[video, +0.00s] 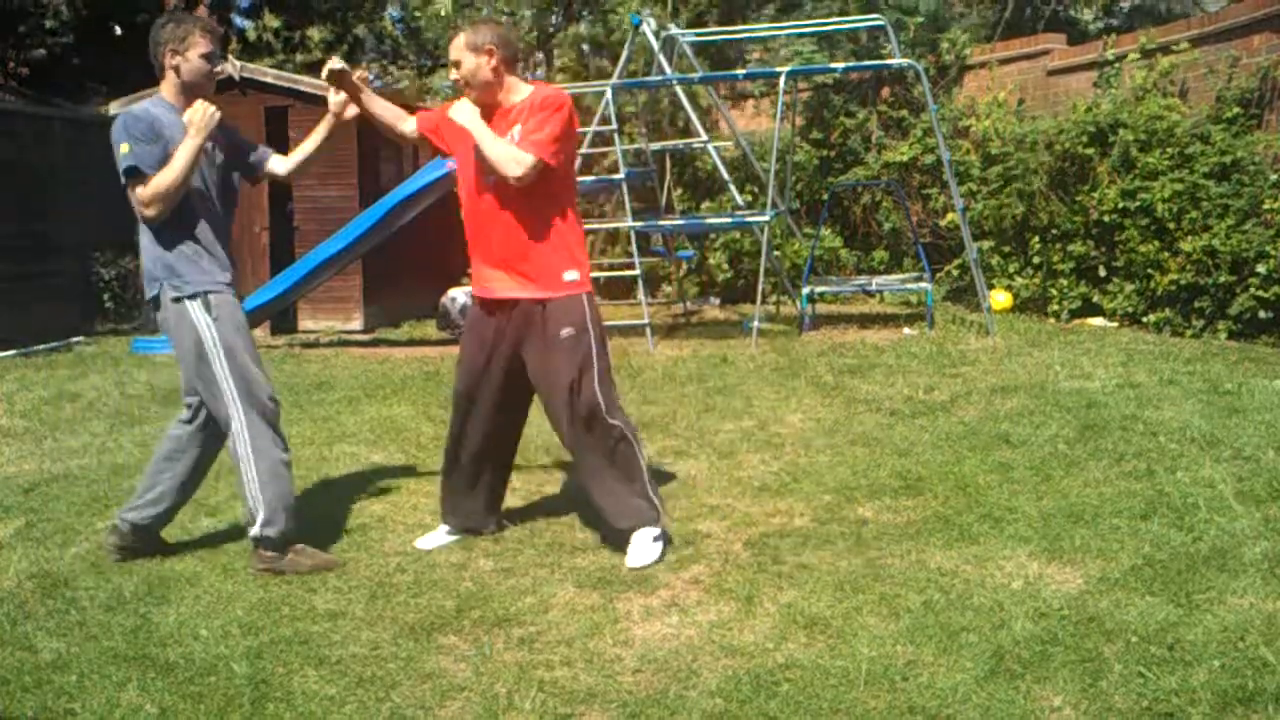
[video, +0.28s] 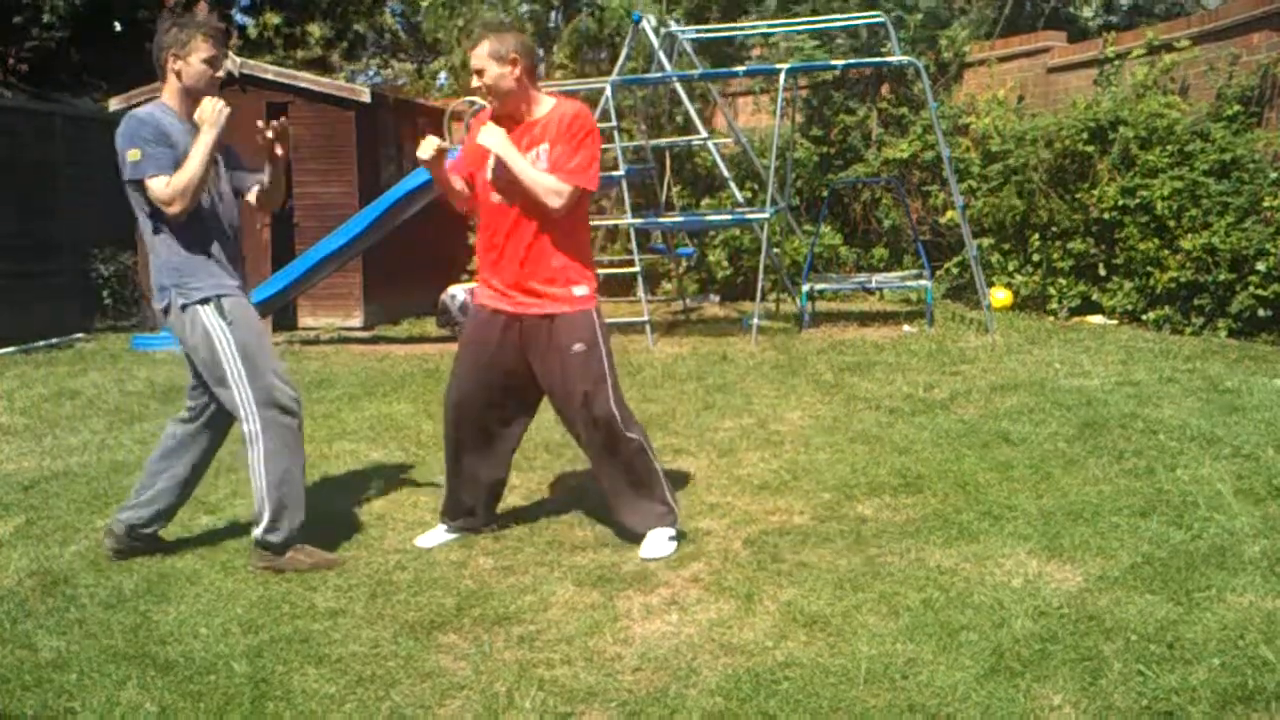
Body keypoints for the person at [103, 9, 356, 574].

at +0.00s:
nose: (219, 68)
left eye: (220, 58)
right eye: (209, 58)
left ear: (188, 62)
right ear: (173, 60)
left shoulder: (208, 123)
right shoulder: (136, 120)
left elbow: (278, 167)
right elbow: (149, 206)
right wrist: (195, 139)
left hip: (213, 284)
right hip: (187, 286)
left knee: (207, 410)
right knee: (251, 402)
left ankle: (136, 527)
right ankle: (273, 542)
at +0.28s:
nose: (220, 74)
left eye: (222, 64)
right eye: (210, 63)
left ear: (211, 66)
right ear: (173, 63)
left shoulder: (206, 129)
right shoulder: (140, 124)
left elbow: (267, 202)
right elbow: (172, 199)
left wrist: (278, 159)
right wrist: (207, 134)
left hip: (222, 282)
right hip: (195, 286)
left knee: (208, 409)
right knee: (270, 400)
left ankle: (133, 527)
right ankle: (278, 542)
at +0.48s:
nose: (216, 70)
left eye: (217, 61)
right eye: (205, 60)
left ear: (175, 65)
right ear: (168, 60)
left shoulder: (153, 114)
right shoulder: (157, 112)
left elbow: (203, 186)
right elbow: (206, 184)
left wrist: (229, 127)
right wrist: (230, 119)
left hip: (151, 288)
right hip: (180, 288)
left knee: (168, 411)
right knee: (237, 407)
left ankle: (116, 531)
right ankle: (273, 544)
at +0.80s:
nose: (166, 79)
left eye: (168, 71)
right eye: (158, 69)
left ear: (142, 73)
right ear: (124, 69)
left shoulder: (145, 133)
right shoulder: (96, 129)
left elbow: (194, 203)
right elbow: (122, 205)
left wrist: (218, 144)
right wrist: (163, 140)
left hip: (150, 292)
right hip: (141, 294)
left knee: (142, 423)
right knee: (228, 400)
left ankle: (83, 541)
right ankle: (252, 542)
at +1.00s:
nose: (160, 82)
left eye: (161, 73)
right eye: (152, 72)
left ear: (135, 75)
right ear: (118, 71)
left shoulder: (152, 132)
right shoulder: (87, 135)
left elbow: (220, 161)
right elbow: (113, 216)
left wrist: (273, 142)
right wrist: (153, 146)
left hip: (165, 292)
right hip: (150, 295)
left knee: (156, 418)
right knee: (226, 406)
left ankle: (85, 540)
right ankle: (249, 547)